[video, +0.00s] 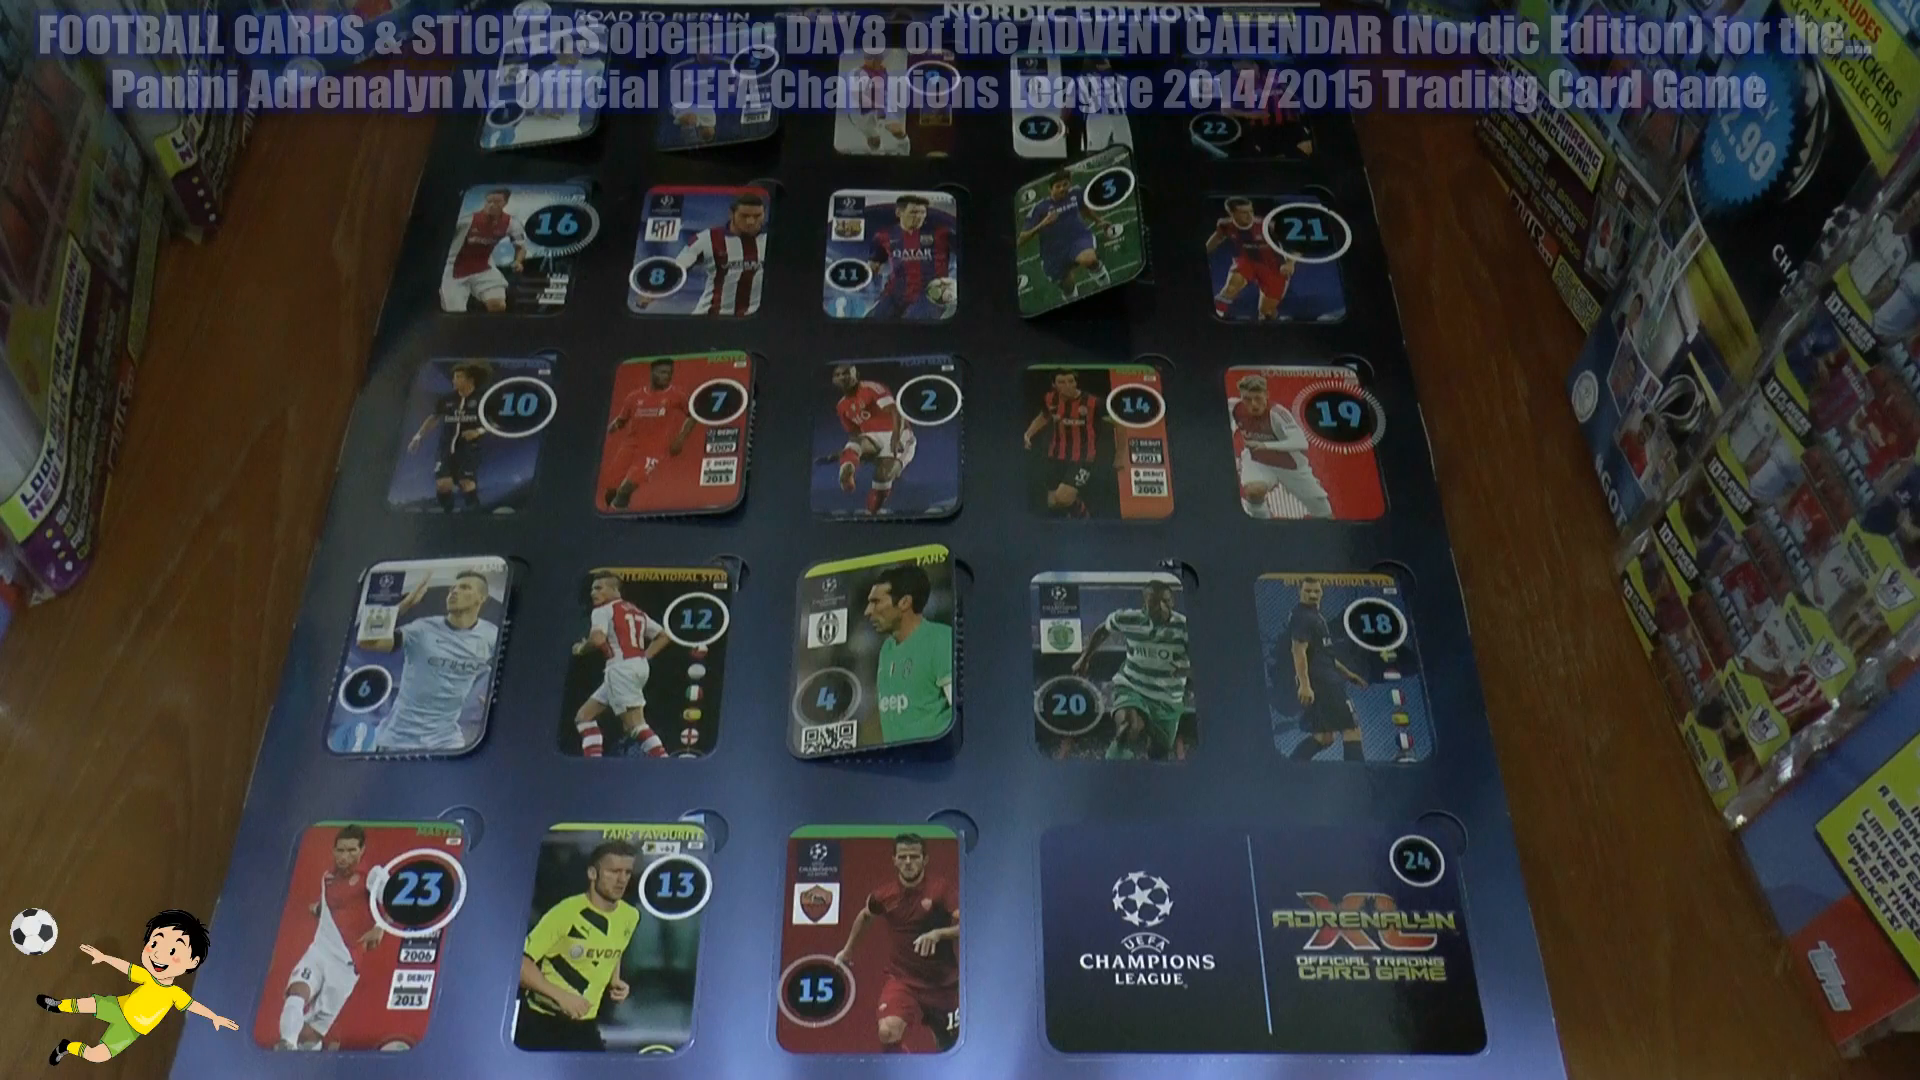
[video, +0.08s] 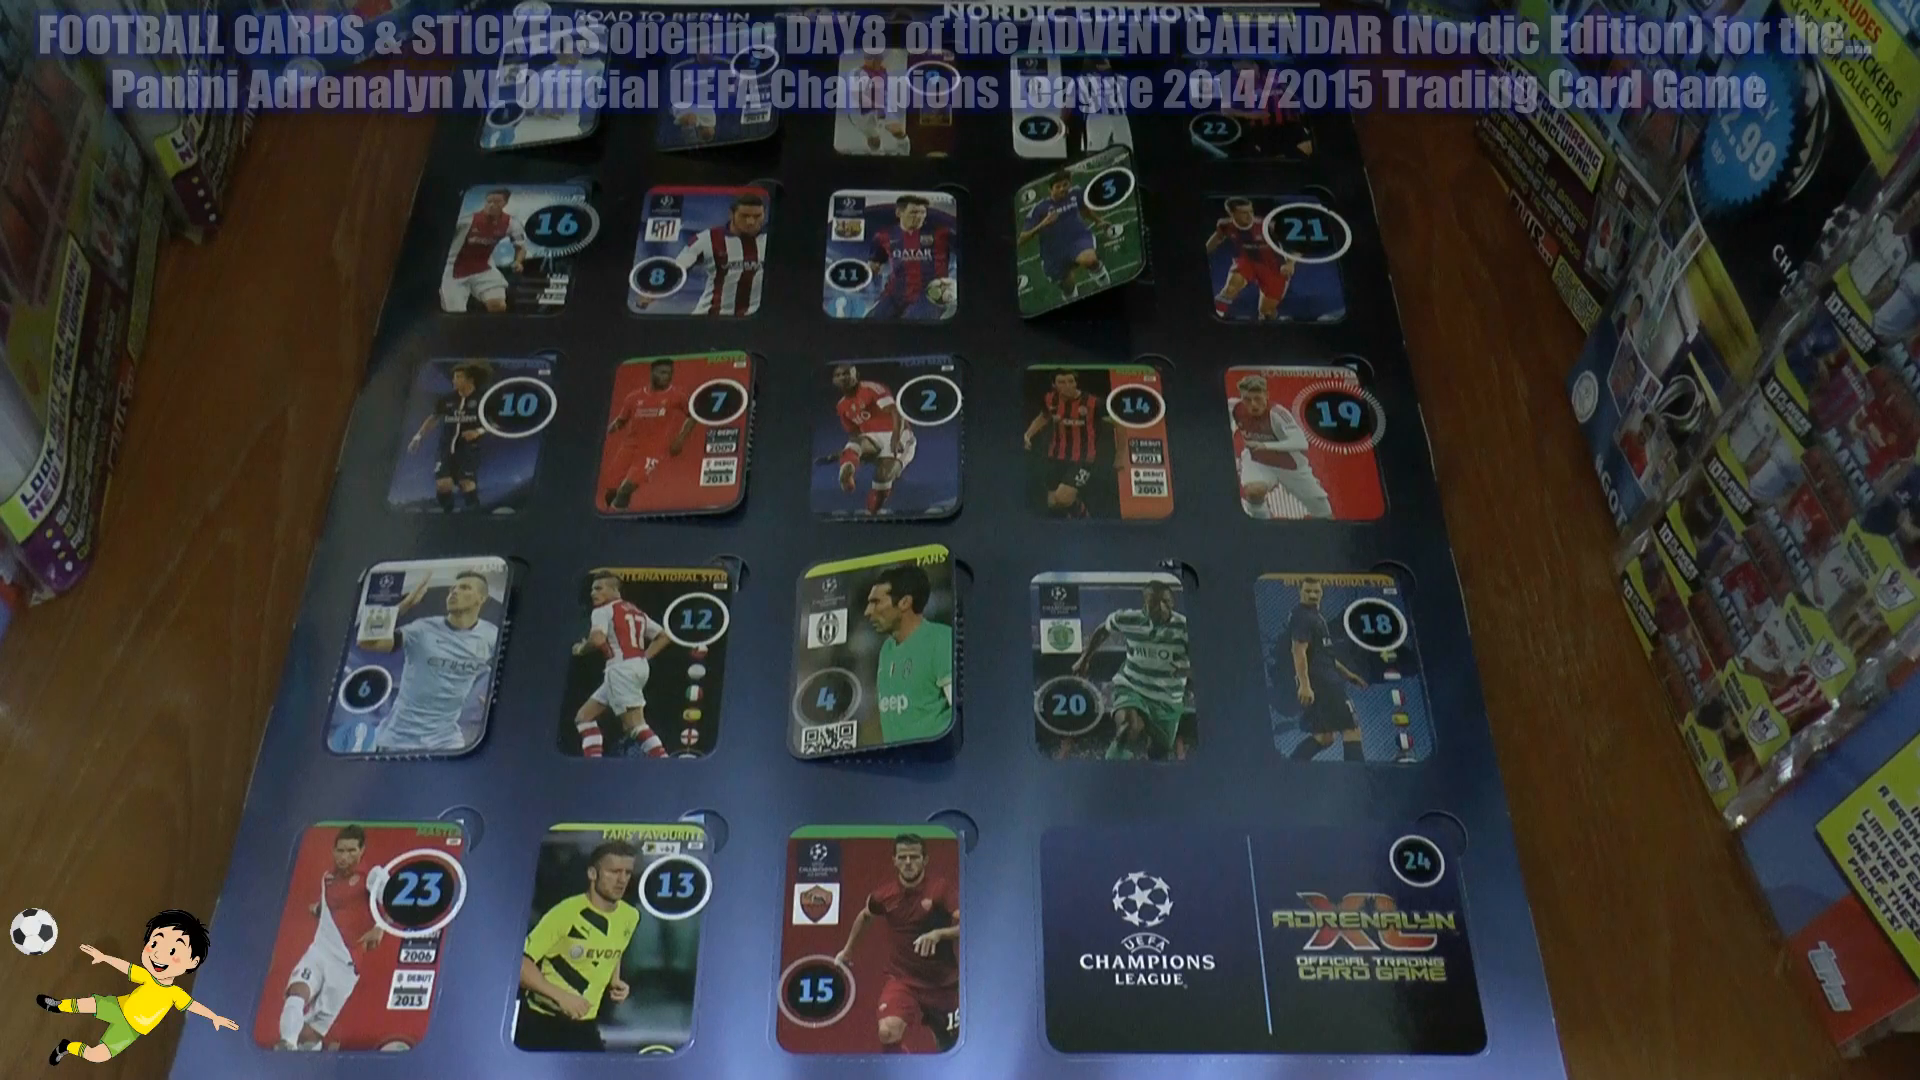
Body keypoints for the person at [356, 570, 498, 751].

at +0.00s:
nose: (454, 592)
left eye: (464, 588)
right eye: (453, 587)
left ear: (481, 598)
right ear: (448, 594)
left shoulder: (492, 638)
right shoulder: (421, 629)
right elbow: (367, 641)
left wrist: (494, 700)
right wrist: (401, 607)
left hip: (446, 738)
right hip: (398, 736)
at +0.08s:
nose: (454, 592)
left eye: (464, 588)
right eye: (452, 588)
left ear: (482, 599)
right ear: (448, 595)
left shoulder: (491, 638)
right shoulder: (421, 629)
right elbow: (367, 642)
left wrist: (494, 699)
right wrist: (400, 609)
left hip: (446, 739)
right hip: (398, 736)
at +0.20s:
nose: (454, 592)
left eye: (464, 588)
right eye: (452, 588)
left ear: (482, 599)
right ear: (448, 596)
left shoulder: (492, 638)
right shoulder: (421, 629)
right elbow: (368, 642)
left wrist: (494, 699)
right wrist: (400, 609)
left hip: (446, 739)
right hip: (398, 736)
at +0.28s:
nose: (454, 592)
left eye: (464, 588)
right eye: (453, 588)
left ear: (482, 599)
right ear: (448, 595)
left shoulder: (491, 638)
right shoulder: (421, 630)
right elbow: (368, 642)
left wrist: (494, 699)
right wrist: (401, 608)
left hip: (446, 739)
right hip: (398, 736)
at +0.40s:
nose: (454, 592)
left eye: (464, 588)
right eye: (453, 588)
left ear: (482, 599)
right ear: (448, 595)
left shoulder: (491, 638)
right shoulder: (422, 629)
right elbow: (368, 642)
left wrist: (494, 699)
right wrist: (402, 607)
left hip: (446, 739)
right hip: (398, 736)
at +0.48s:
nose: (454, 592)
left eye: (464, 588)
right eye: (452, 588)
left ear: (481, 598)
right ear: (448, 596)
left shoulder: (491, 637)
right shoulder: (422, 629)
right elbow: (367, 642)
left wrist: (493, 699)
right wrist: (402, 607)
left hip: (446, 739)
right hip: (398, 736)